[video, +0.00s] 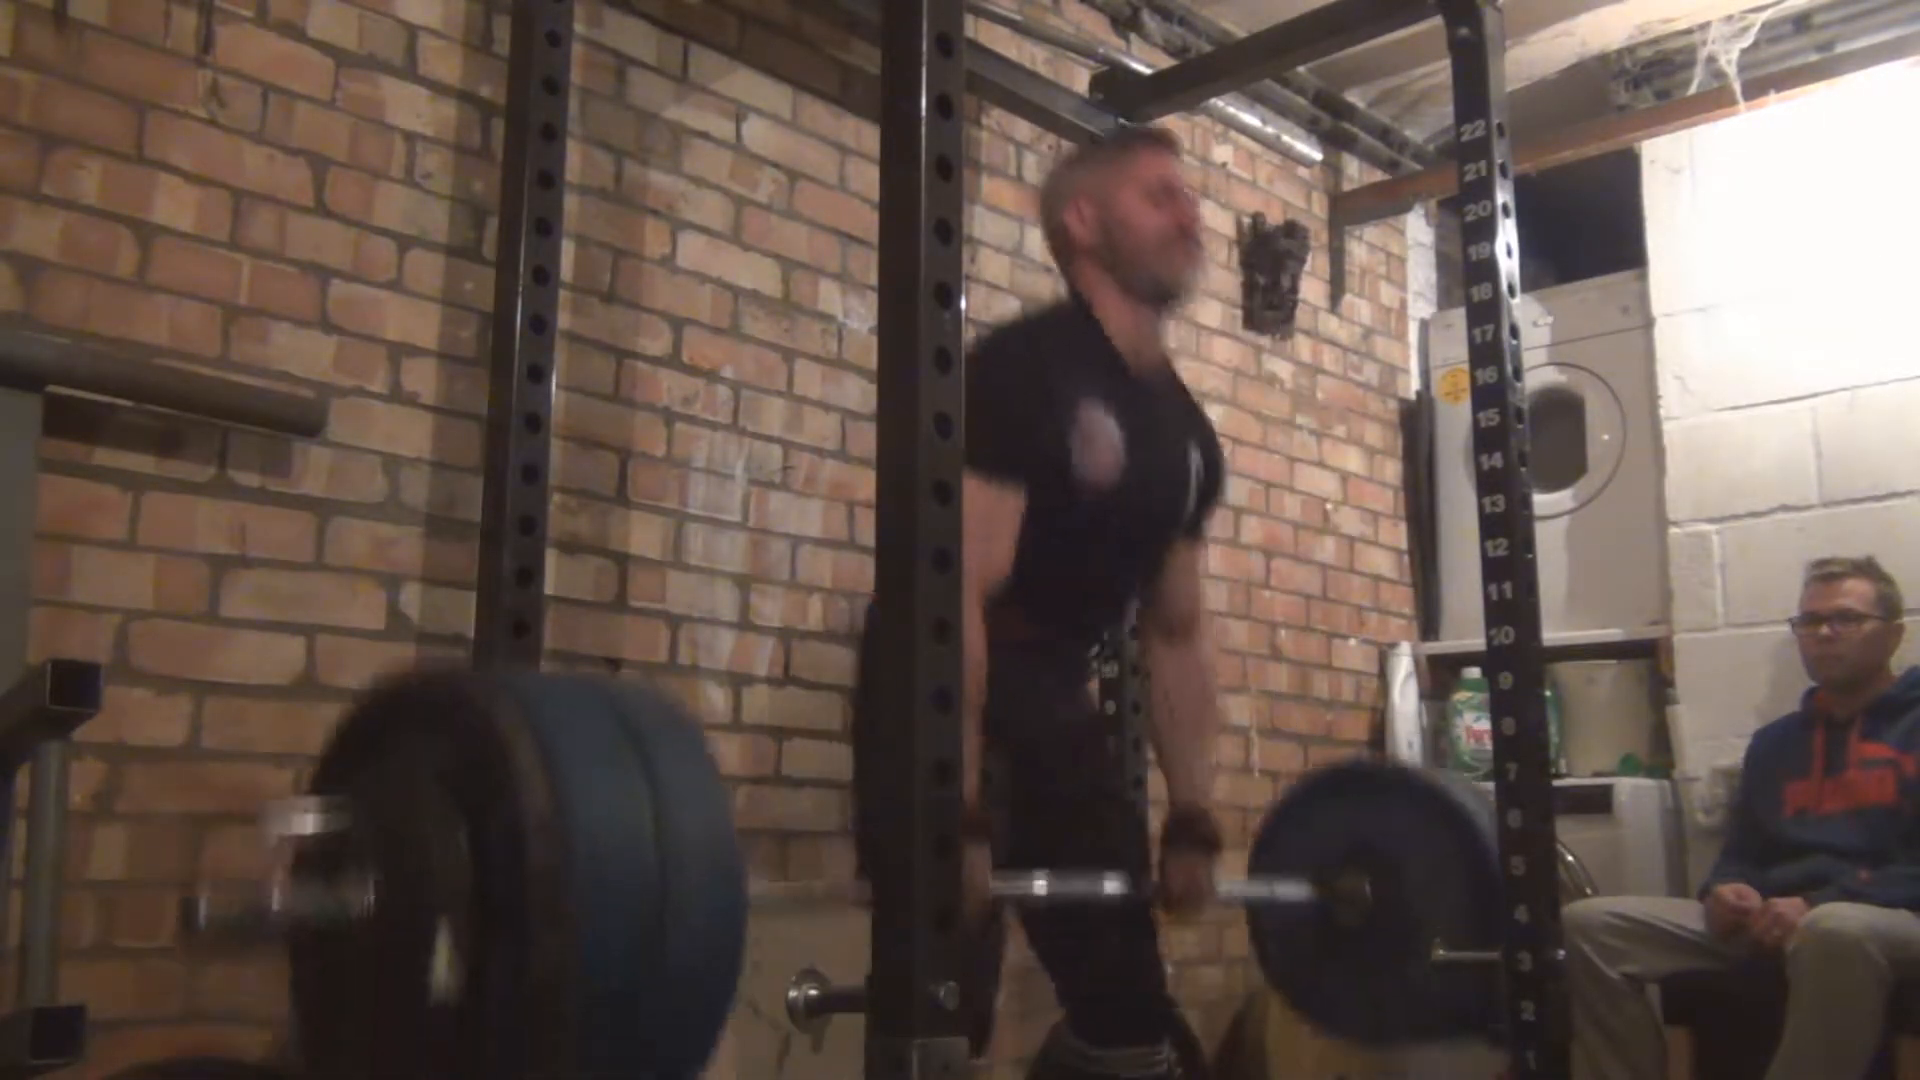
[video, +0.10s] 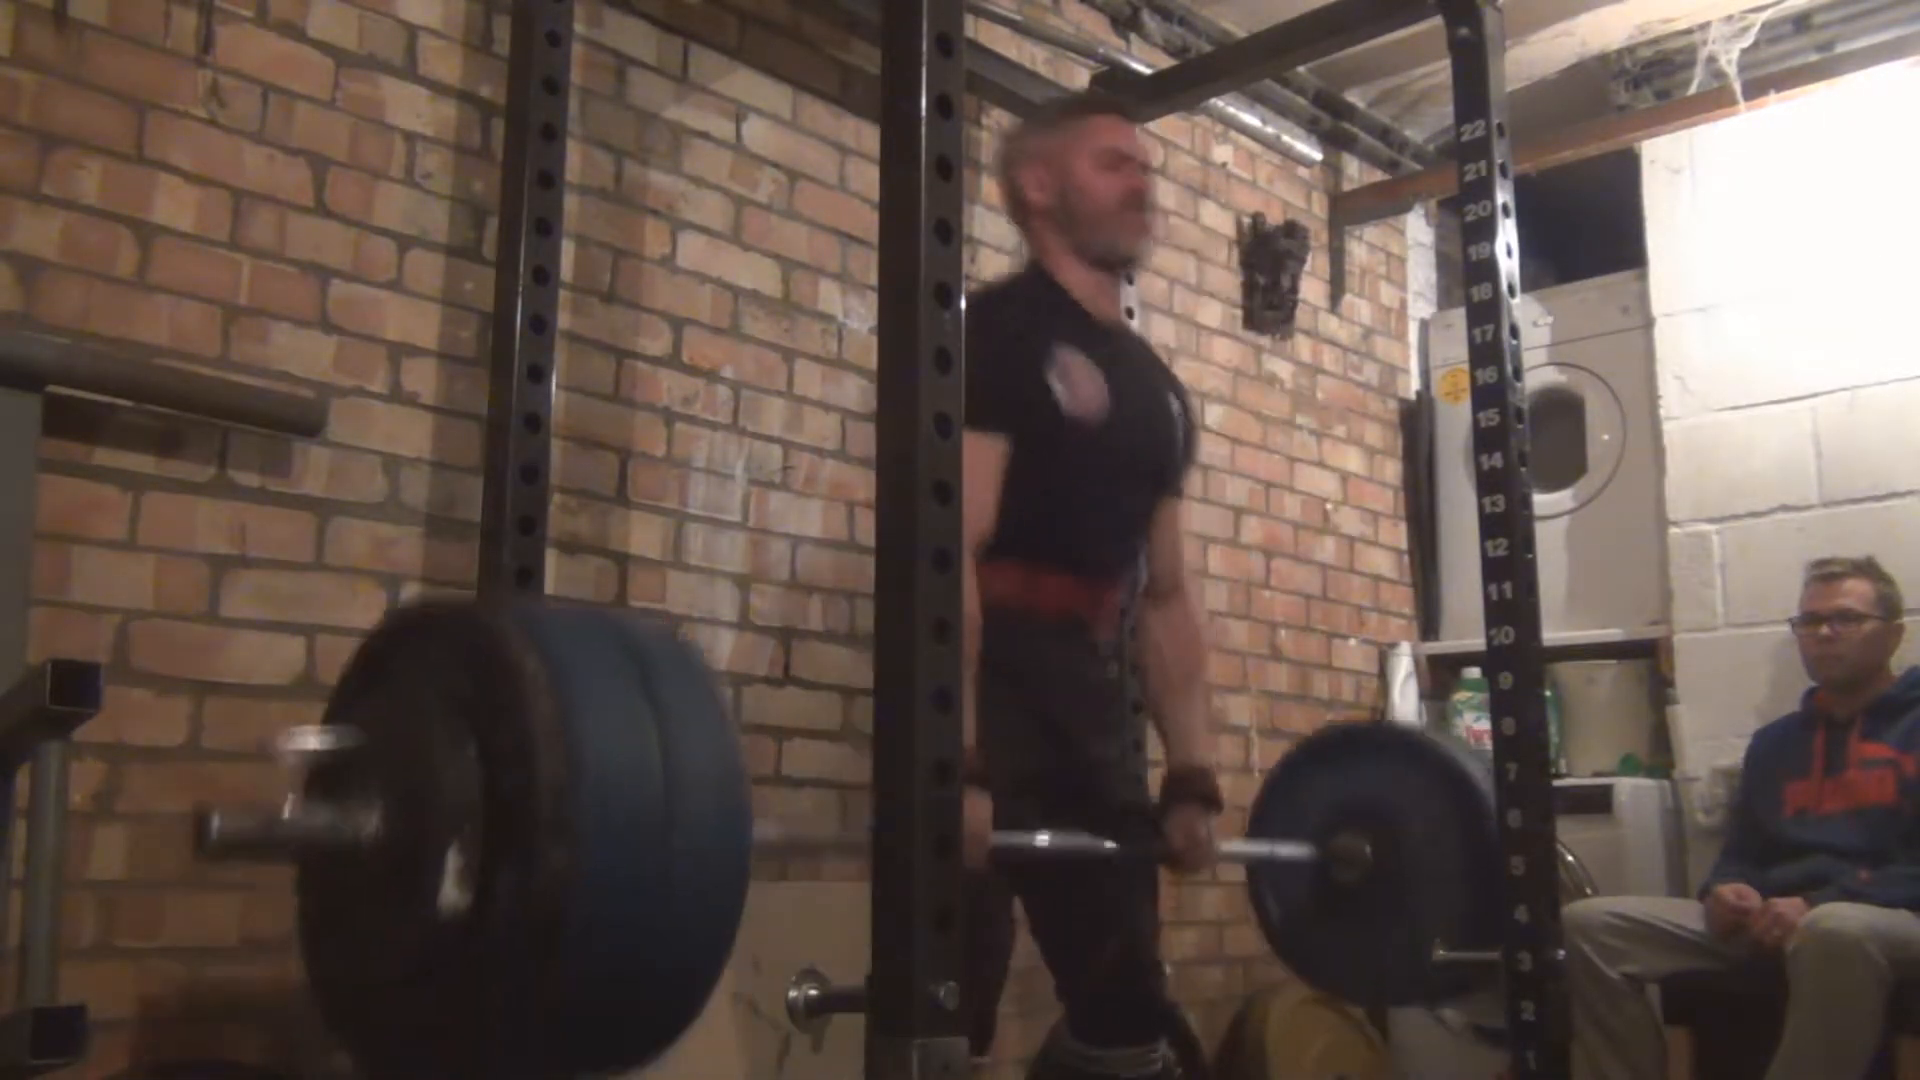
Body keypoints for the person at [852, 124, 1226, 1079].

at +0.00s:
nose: (1191, 216)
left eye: (1188, 197)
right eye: (1161, 196)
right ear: (1083, 224)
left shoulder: (1186, 432)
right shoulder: (1018, 370)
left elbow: (1178, 630)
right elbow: (956, 597)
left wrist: (1191, 812)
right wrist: (958, 815)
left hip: (1056, 697)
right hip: (942, 687)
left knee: (1123, 1004)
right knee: (942, 1014)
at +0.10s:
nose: (1146, 185)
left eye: (1147, 168)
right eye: (1116, 163)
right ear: (1034, 187)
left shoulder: (1154, 383)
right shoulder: (994, 331)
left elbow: (1165, 590)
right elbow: (947, 562)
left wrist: (1192, 767)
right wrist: (958, 769)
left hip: (1088, 691)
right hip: (978, 681)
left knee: (1123, 1002)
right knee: (951, 1006)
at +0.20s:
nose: (1100, 191)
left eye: (1102, 173)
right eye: (1070, 170)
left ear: (1107, 192)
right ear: (990, 184)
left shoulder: (1108, 369)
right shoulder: (945, 324)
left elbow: (1148, 574)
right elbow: (929, 546)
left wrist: (1193, 749)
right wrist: (952, 739)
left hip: (1088, 686)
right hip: (973, 681)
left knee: (1116, 1000)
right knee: (952, 1000)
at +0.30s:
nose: (1061, 225)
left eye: (1066, 206)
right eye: (1037, 202)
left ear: (1064, 218)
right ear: (961, 207)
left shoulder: (1080, 384)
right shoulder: (900, 353)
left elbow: (1136, 581)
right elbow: (909, 559)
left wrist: (1190, 755)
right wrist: (956, 745)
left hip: (1089, 698)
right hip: (968, 703)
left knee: (1124, 1007)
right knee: (955, 1011)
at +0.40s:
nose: (1038, 252)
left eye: (1045, 233)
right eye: (1013, 229)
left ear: (1050, 243)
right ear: (947, 239)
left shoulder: (1076, 408)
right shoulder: (884, 377)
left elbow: (1131, 589)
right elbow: (911, 572)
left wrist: (1186, 761)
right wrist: (955, 752)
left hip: (1101, 718)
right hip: (972, 721)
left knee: (1130, 1018)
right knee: (958, 1020)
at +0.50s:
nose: (1036, 259)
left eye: (1044, 240)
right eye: (1013, 235)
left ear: (1046, 253)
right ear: (946, 243)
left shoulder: (1074, 416)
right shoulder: (881, 383)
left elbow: (1130, 594)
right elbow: (909, 576)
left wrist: (1186, 767)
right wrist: (956, 756)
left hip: (1102, 747)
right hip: (970, 750)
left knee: (1134, 1024)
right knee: (959, 1031)